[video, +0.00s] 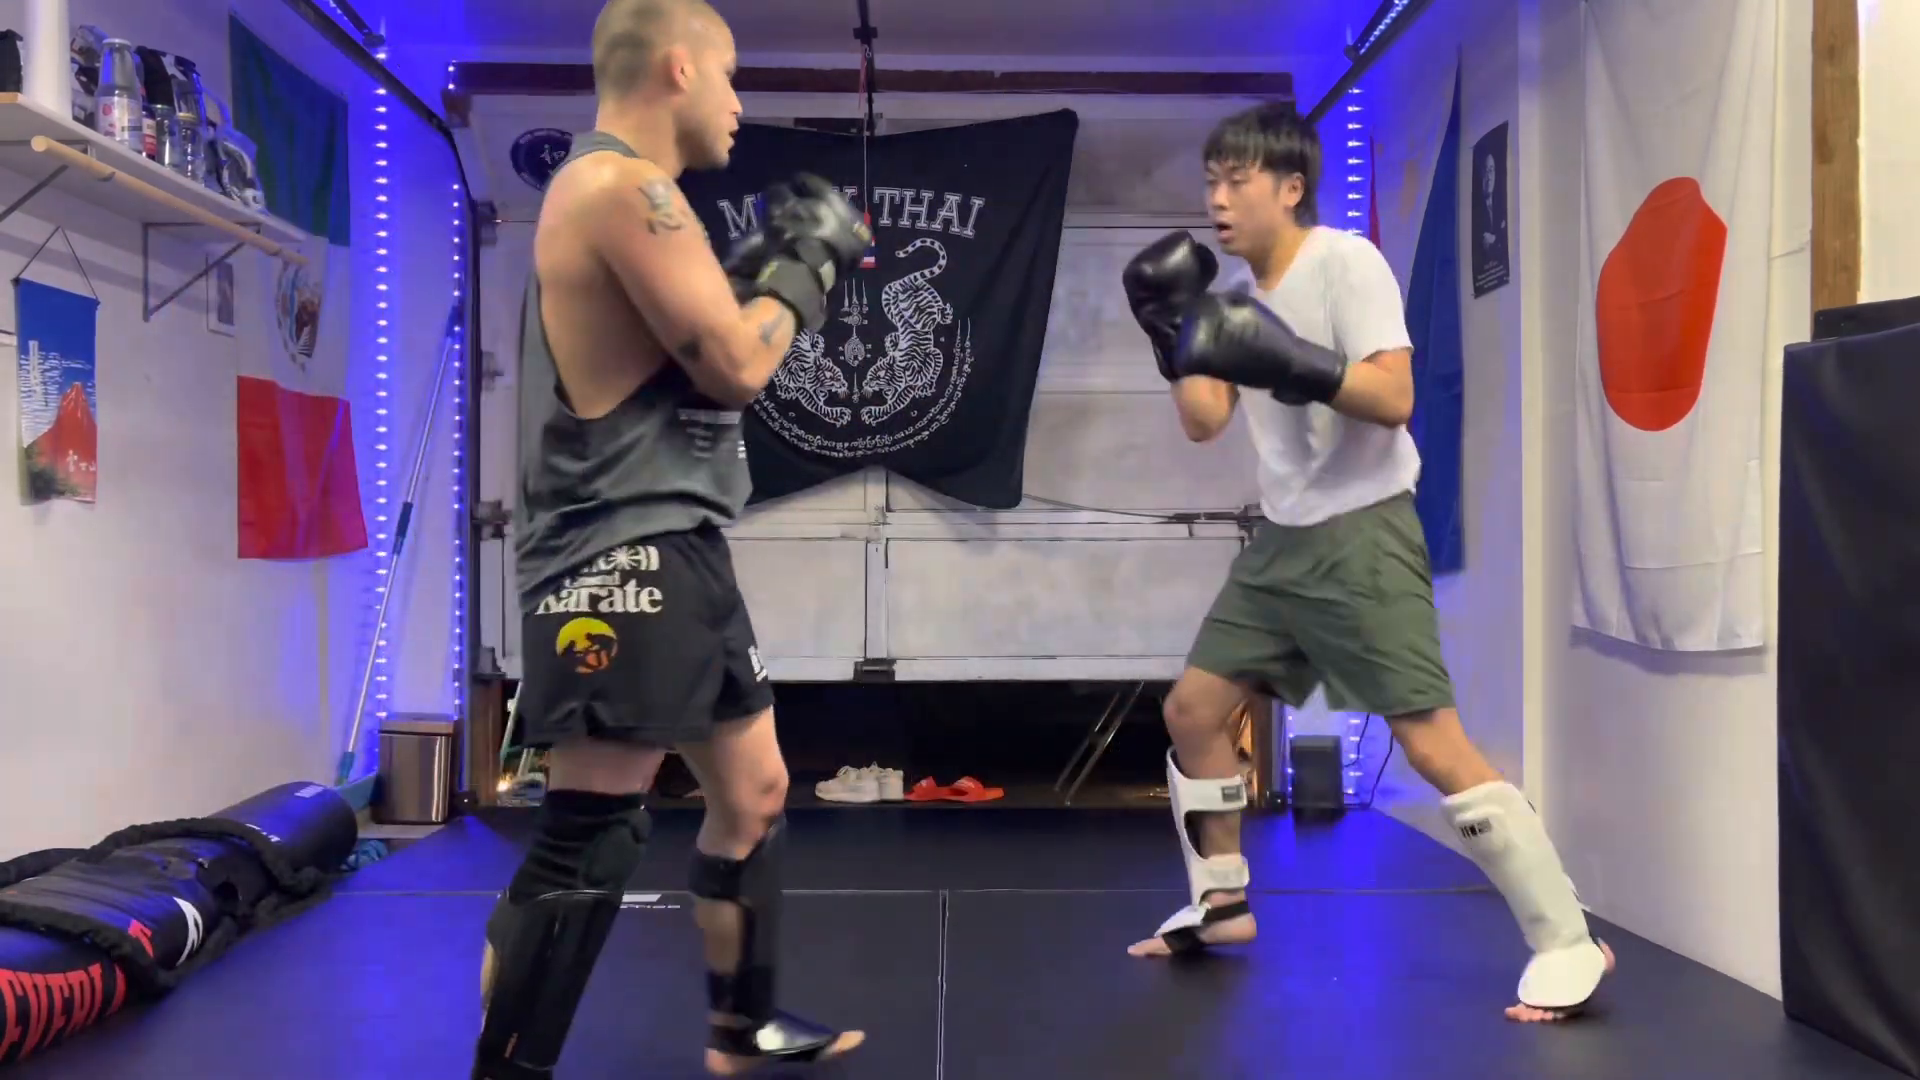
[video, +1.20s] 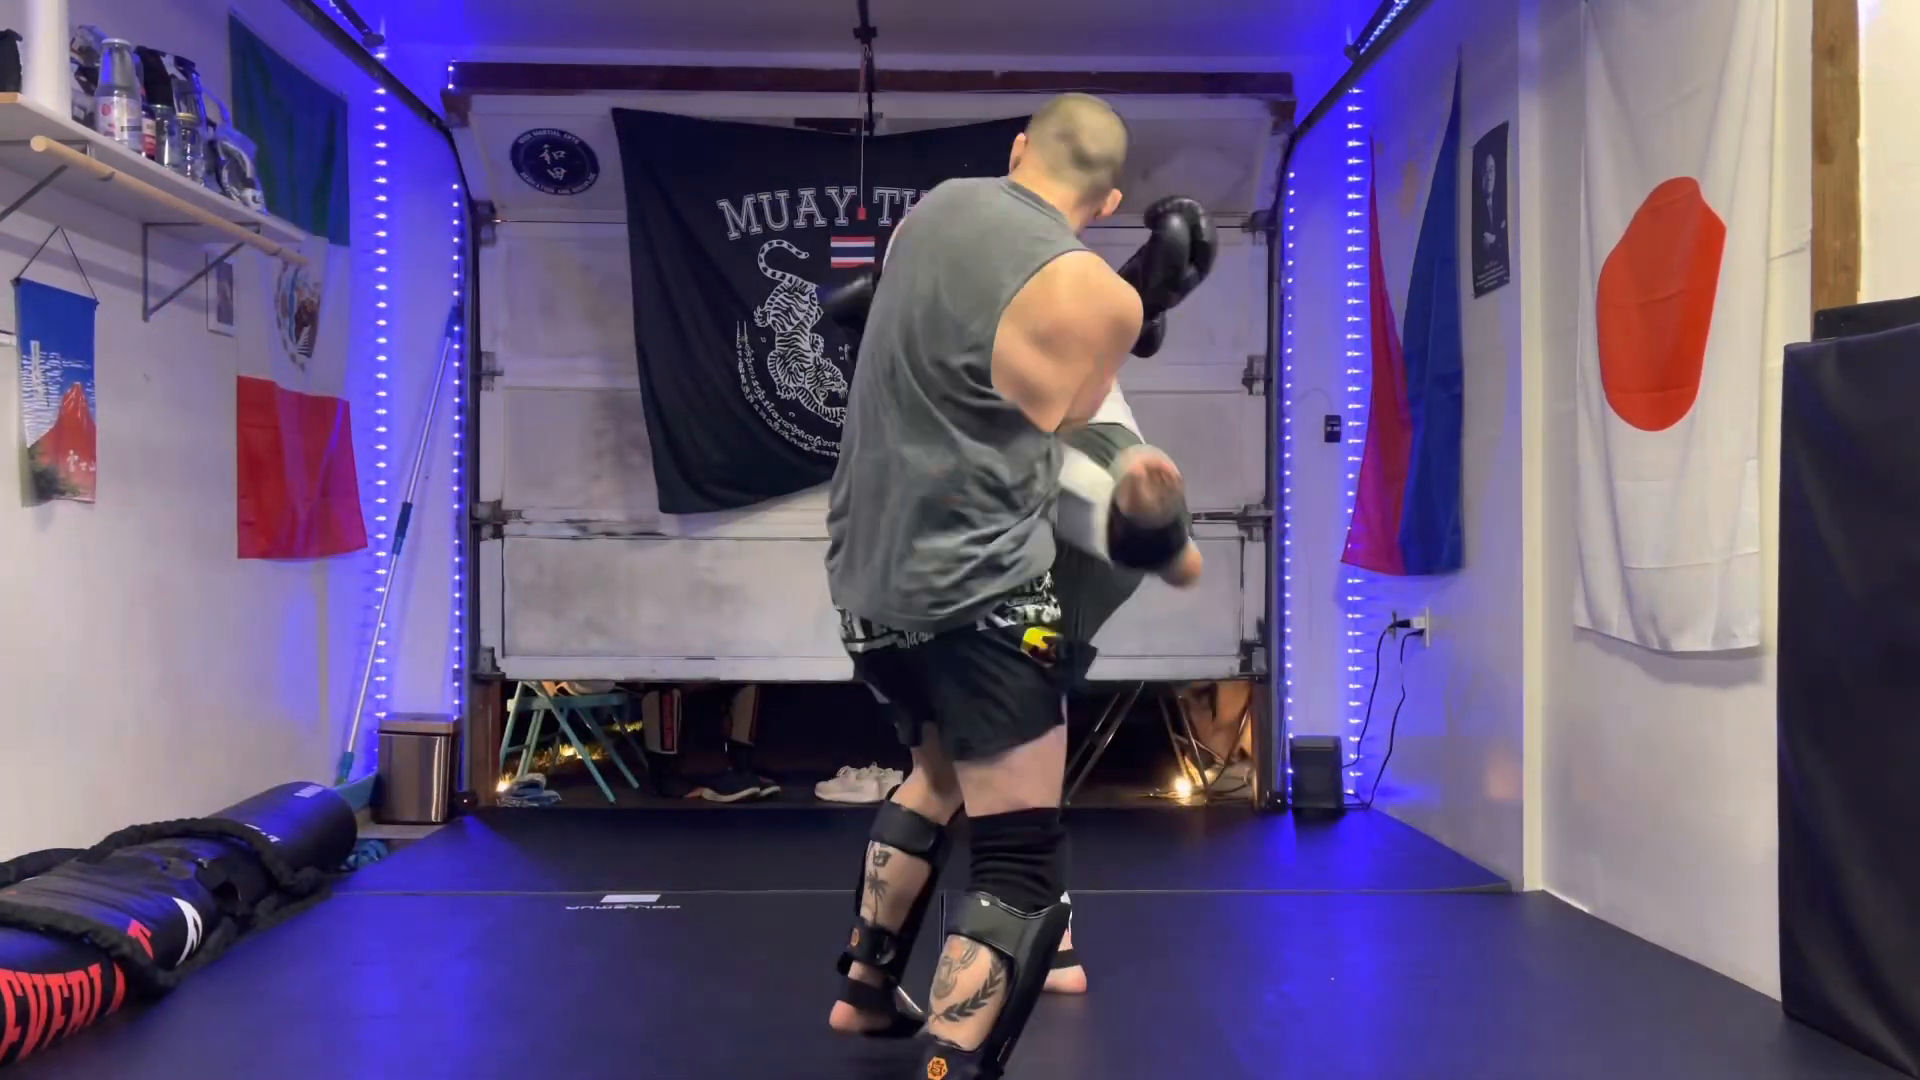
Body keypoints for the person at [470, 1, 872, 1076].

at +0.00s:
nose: (737, 104)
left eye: (734, 81)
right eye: (728, 79)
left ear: (654, 76)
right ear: (674, 74)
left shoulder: (634, 193)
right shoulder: (616, 186)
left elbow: (715, 361)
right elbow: (738, 364)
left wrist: (785, 267)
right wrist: (802, 259)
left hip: (673, 547)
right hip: (617, 552)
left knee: (752, 793)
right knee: (588, 835)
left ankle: (742, 1027)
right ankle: (511, 1067)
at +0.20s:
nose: (794, 116)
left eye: (789, 96)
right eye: (787, 95)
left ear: (693, 102)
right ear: (747, 95)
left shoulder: (668, 208)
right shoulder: (727, 212)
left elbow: (761, 365)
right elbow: (863, 361)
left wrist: (804, 261)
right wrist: (915, 251)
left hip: (734, 566)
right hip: (711, 573)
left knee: (813, 806)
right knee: (671, 826)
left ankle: (822, 1044)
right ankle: (528, 1059)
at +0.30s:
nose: (832, 116)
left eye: (828, 95)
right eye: (825, 93)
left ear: (720, 104)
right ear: (792, 91)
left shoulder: (694, 216)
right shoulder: (778, 202)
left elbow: (787, 372)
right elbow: (895, 366)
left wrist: (875, 289)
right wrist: (931, 281)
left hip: (754, 550)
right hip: (775, 553)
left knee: (824, 802)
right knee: (778, 827)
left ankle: (822, 1041)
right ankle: (555, 1063)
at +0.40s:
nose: (857, 113)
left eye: (852, 95)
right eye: (853, 94)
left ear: (753, 110)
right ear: (832, 95)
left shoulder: (724, 218)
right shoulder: (823, 198)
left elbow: (808, 361)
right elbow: (937, 351)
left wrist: (905, 268)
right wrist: (972, 261)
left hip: (749, 556)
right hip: (815, 551)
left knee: (808, 817)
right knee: (880, 823)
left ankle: (821, 1043)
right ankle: (664, 1040)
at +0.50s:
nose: (898, 114)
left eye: (893, 97)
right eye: (894, 95)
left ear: (789, 104)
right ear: (872, 93)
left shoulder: (756, 212)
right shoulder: (861, 199)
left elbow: (825, 368)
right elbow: (982, 328)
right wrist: (1003, 223)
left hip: (768, 559)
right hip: (846, 553)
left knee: (818, 803)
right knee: (939, 803)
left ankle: (823, 1039)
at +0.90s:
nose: (1013, 137)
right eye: (1012, 121)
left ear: (894, 125)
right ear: (1003, 116)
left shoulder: (845, 226)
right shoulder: (1024, 233)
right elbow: (1101, 333)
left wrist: (1079, 256)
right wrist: (1141, 250)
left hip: (858, 587)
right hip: (968, 587)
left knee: (915, 798)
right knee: (1020, 850)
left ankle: (832, 1029)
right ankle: (953, 1065)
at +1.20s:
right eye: (1107, 197)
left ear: (1016, 145)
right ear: (1107, 197)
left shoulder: (931, 215)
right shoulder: (1092, 297)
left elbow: (995, 352)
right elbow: (1076, 411)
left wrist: (1121, 299)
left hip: (875, 581)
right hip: (982, 591)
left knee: (938, 773)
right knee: (1016, 865)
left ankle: (866, 983)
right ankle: (953, 1065)